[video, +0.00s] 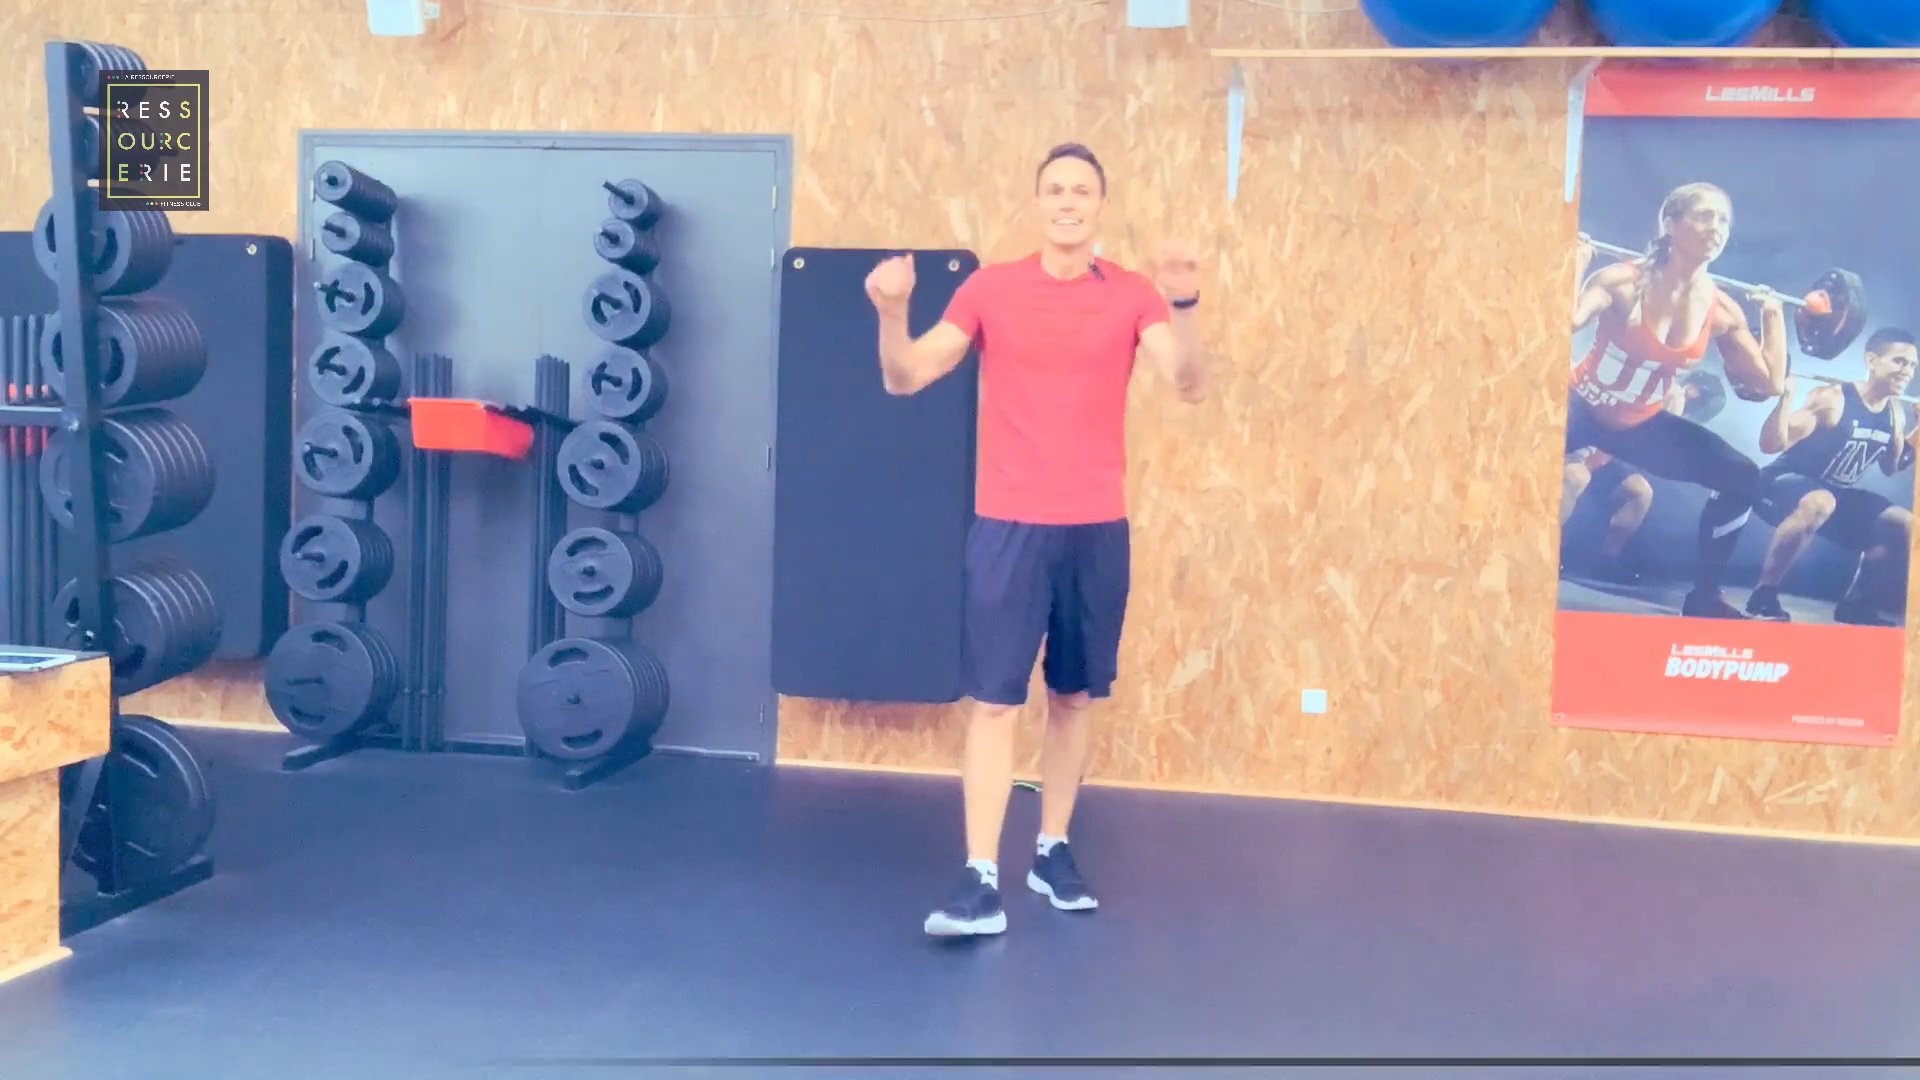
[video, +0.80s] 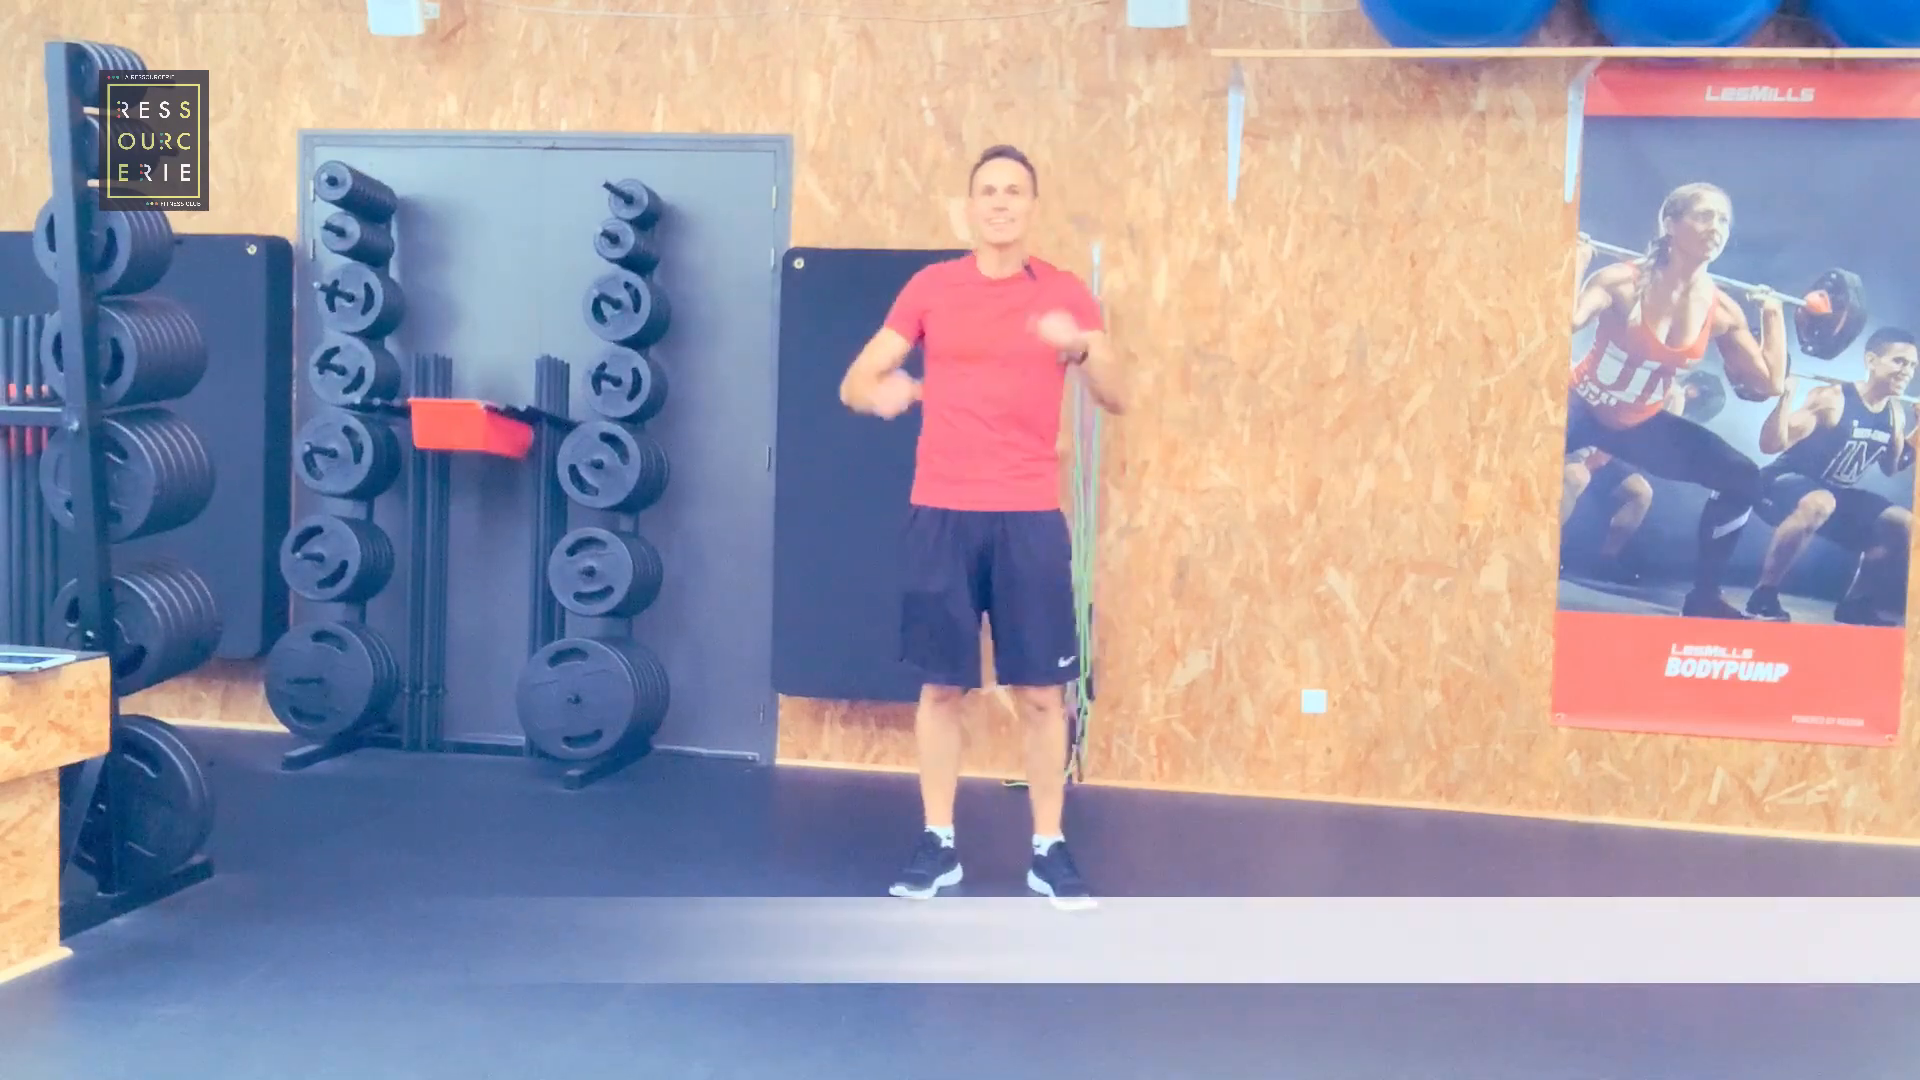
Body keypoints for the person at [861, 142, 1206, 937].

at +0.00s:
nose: (1068, 203)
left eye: (1081, 192)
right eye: (1056, 191)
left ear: (1103, 208)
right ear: (1035, 205)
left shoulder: (1133, 292)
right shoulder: (990, 287)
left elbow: (1189, 384)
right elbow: (906, 377)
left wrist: (1185, 305)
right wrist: (891, 312)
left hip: (1096, 524)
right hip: (1007, 523)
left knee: (1071, 696)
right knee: (995, 698)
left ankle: (1052, 851)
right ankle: (981, 881)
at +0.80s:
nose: (999, 204)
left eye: (1013, 193)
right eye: (988, 192)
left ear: (1034, 208)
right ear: (968, 207)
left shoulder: (1069, 294)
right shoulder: (930, 287)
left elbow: (1116, 399)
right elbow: (855, 384)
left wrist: (1085, 346)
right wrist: (881, 391)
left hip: (1031, 513)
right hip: (942, 511)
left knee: (1041, 692)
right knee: (940, 685)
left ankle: (1049, 850)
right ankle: (937, 846)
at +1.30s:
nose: (959, 202)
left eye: (974, 192)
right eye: (948, 188)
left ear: (995, 208)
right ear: (924, 199)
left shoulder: (1028, 291)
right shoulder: (881, 294)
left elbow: (1060, 399)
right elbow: (855, 409)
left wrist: (1082, 493)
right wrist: (848, 508)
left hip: (1006, 517)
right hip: (914, 520)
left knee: (993, 689)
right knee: (928, 691)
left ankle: (991, 868)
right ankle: (937, 847)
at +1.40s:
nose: (967, 205)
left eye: (983, 194)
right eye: (956, 190)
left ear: (1003, 211)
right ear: (932, 200)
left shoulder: (1032, 295)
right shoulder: (885, 294)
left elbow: (1063, 404)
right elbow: (852, 413)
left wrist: (1080, 500)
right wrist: (838, 513)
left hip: (1005, 523)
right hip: (914, 523)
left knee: (989, 698)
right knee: (925, 696)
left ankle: (981, 877)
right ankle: (938, 845)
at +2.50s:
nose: (1015, 175)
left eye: (1031, 164)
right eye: (1003, 161)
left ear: (1054, 184)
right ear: (977, 175)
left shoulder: (1084, 286)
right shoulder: (927, 277)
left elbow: (1105, 420)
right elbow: (883, 411)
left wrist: (1121, 534)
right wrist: (860, 533)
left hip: (1046, 537)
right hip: (946, 534)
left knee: (1016, 731)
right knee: (948, 732)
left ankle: (972, 890)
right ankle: (941, 924)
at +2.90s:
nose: (989, 153)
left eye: (1003, 141)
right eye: (972, 142)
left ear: (1029, 164)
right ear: (948, 166)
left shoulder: (1066, 270)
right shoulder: (907, 264)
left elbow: (1089, 395)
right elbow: (843, 393)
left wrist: (1107, 428)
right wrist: (892, 424)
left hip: (1037, 525)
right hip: (940, 524)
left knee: (1022, 730)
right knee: (942, 730)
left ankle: (979, 877)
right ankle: (942, 923)